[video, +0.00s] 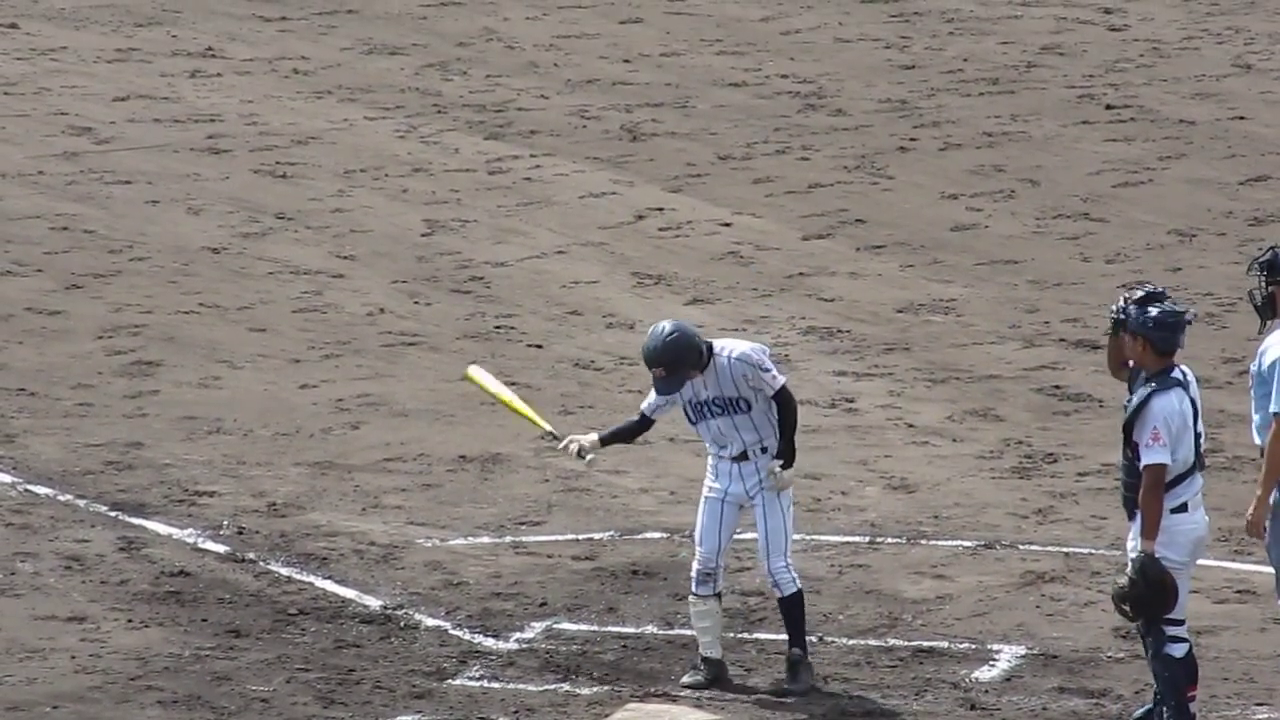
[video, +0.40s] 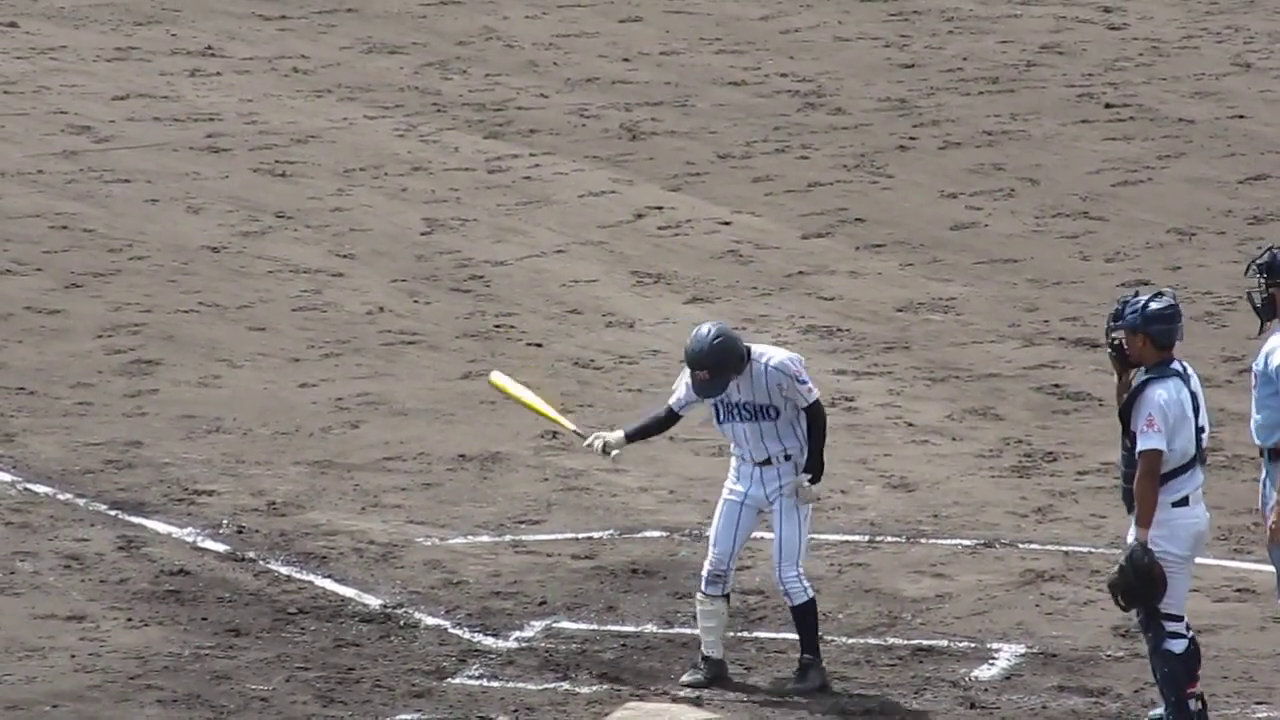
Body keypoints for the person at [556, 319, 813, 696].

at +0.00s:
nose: (667, 382)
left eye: (671, 375)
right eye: (662, 376)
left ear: (690, 360)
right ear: (663, 363)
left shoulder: (744, 358)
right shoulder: (673, 378)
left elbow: (787, 401)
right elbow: (641, 422)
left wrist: (784, 460)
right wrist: (596, 439)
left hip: (767, 467)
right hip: (721, 471)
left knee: (778, 567)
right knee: (705, 564)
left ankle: (799, 663)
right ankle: (711, 664)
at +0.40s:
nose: (701, 382)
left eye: (708, 376)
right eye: (698, 374)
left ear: (732, 365)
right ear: (696, 363)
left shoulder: (780, 367)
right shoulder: (700, 374)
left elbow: (816, 412)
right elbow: (668, 414)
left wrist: (812, 472)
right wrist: (621, 437)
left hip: (788, 474)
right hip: (743, 475)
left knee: (789, 575)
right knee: (716, 568)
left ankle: (811, 665)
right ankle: (711, 662)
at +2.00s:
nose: (735, 365)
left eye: (739, 358)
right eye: (732, 358)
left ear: (761, 347)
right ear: (732, 348)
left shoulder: (809, 370)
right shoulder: (734, 364)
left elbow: (832, 427)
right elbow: (690, 384)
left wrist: (809, 480)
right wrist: (637, 390)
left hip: (795, 479)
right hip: (748, 476)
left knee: (798, 573)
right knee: (722, 567)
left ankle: (815, 665)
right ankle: (737, 621)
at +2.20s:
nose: (728, 341)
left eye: (734, 336)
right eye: (728, 334)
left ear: (759, 337)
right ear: (749, 334)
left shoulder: (808, 370)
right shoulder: (726, 359)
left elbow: (835, 420)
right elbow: (686, 385)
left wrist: (828, 478)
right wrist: (635, 397)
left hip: (788, 478)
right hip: (740, 476)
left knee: (795, 574)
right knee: (711, 567)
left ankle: (814, 667)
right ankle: (705, 656)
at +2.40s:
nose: (717, 321)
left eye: (724, 316)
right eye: (718, 315)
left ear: (747, 320)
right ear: (731, 317)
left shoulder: (797, 362)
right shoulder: (715, 356)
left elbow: (819, 415)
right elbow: (679, 400)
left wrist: (814, 469)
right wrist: (640, 435)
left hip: (775, 475)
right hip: (726, 473)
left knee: (789, 571)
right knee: (706, 565)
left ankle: (811, 665)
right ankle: (696, 657)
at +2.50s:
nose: (712, 314)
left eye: (719, 309)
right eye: (714, 307)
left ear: (742, 315)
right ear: (741, 315)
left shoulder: (793, 359)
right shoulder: (711, 354)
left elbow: (811, 413)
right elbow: (687, 409)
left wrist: (802, 465)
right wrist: (660, 456)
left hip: (772, 472)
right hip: (722, 471)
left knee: (790, 570)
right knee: (704, 564)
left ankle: (811, 665)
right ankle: (696, 658)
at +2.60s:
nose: (714, 310)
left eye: (721, 305)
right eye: (714, 303)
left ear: (742, 310)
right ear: (732, 308)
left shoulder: (792, 355)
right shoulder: (709, 353)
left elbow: (805, 414)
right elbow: (701, 417)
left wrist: (791, 466)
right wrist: (692, 474)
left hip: (769, 471)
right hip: (719, 469)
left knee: (791, 568)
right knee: (704, 565)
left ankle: (812, 665)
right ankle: (697, 657)